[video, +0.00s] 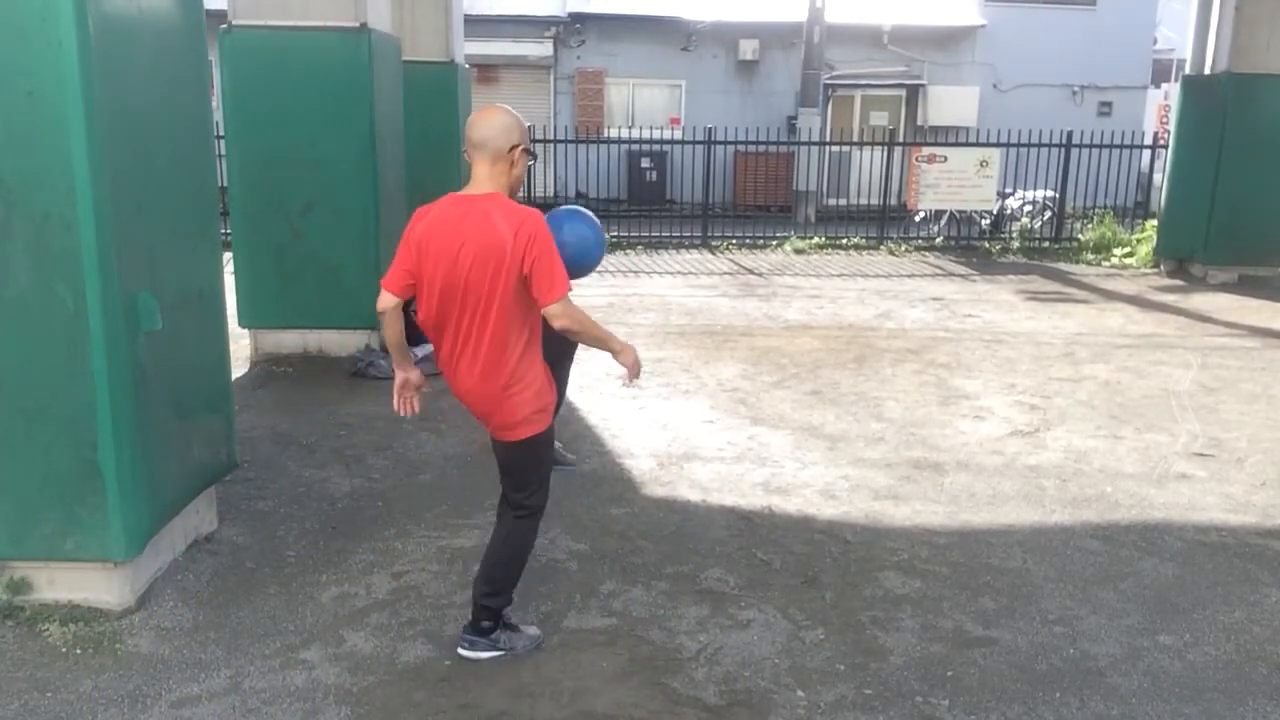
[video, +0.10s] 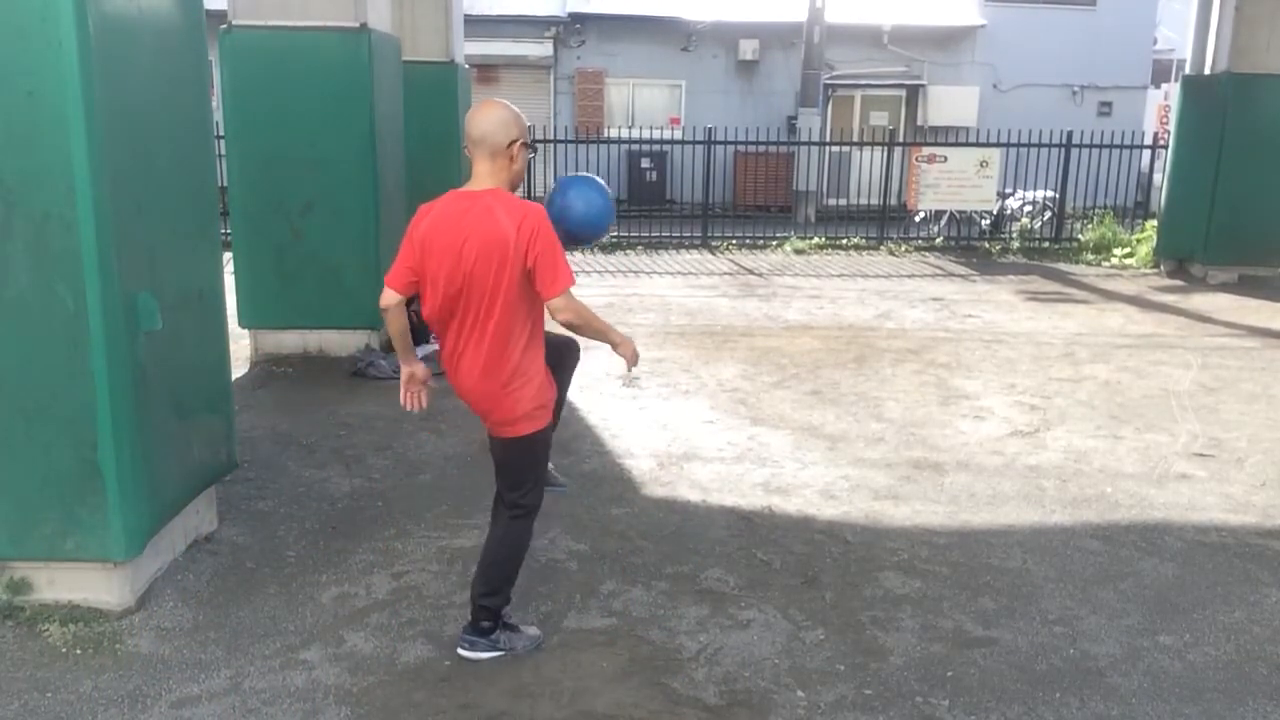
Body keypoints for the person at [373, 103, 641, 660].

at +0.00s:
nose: (527, 163)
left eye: (524, 153)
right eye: (527, 154)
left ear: (469, 155)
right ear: (516, 157)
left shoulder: (427, 220)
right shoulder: (525, 224)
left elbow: (388, 303)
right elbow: (558, 314)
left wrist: (402, 364)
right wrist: (616, 345)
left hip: (467, 379)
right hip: (519, 391)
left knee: (563, 324)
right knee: (521, 507)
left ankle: (539, 448)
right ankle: (484, 626)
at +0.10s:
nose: (527, 157)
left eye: (524, 147)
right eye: (526, 147)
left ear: (470, 151)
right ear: (514, 150)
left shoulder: (431, 216)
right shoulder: (528, 219)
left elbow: (391, 300)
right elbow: (562, 309)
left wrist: (408, 363)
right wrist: (616, 337)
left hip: (466, 371)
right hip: (516, 383)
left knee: (563, 350)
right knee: (516, 503)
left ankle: (534, 467)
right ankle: (484, 626)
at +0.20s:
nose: (527, 155)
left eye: (525, 145)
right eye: (525, 145)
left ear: (472, 149)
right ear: (510, 148)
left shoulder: (436, 215)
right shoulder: (523, 214)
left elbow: (400, 298)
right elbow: (560, 304)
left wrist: (425, 346)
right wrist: (614, 332)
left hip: (475, 380)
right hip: (517, 388)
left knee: (551, 417)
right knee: (513, 506)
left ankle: (507, 521)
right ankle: (484, 627)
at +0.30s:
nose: (527, 167)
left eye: (527, 156)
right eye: (525, 155)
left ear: (477, 156)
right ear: (503, 155)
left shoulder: (438, 219)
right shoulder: (508, 218)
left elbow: (412, 295)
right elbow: (536, 310)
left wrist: (458, 328)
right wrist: (601, 342)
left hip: (477, 385)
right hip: (524, 388)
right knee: (571, 481)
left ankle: (479, 586)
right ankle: (509, 593)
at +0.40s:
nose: (527, 177)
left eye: (527, 166)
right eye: (524, 165)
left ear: (478, 164)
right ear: (499, 163)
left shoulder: (449, 222)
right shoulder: (495, 227)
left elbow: (435, 290)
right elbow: (505, 322)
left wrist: (493, 321)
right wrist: (574, 373)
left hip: (482, 386)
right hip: (517, 381)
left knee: (510, 475)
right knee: (621, 411)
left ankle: (481, 586)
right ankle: (564, 516)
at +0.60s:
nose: (544, 162)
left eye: (542, 153)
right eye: (538, 153)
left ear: (500, 159)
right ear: (514, 158)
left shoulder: (477, 216)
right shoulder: (512, 225)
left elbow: (517, 272)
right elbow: (501, 316)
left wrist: (570, 282)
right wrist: (534, 406)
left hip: (508, 378)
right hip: (548, 374)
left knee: (518, 473)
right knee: (656, 366)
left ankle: (481, 586)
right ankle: (619, 472)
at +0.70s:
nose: (553, 157)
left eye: (550, 147)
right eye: (547, 148)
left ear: (507, 157)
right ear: (523, 155)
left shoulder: (487, 213)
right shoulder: (525, 222)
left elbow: (516, 271)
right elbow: (516, 316)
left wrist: (572, 281)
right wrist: (547, 404)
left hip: (515, 376)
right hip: (558, 373)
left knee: (516, 475)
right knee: (659, 410)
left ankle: (481, 586)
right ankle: (622, 519)